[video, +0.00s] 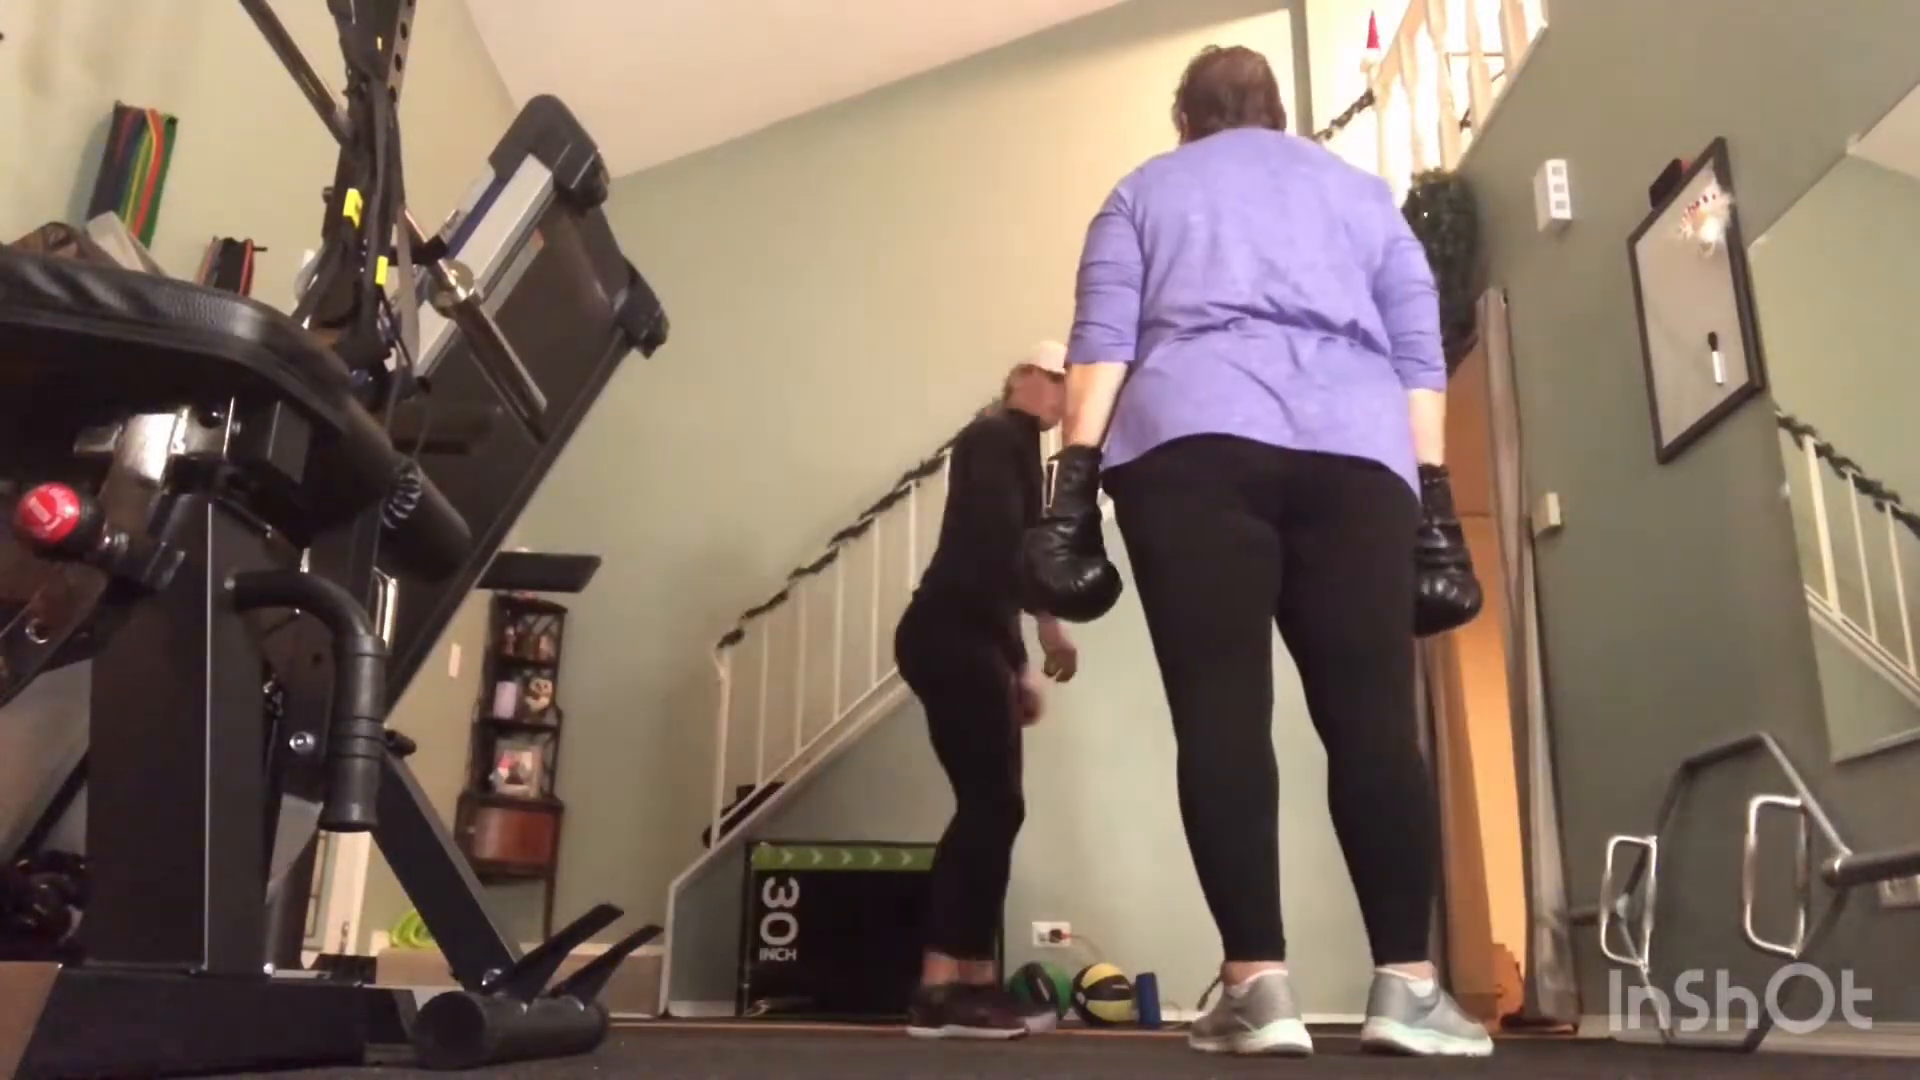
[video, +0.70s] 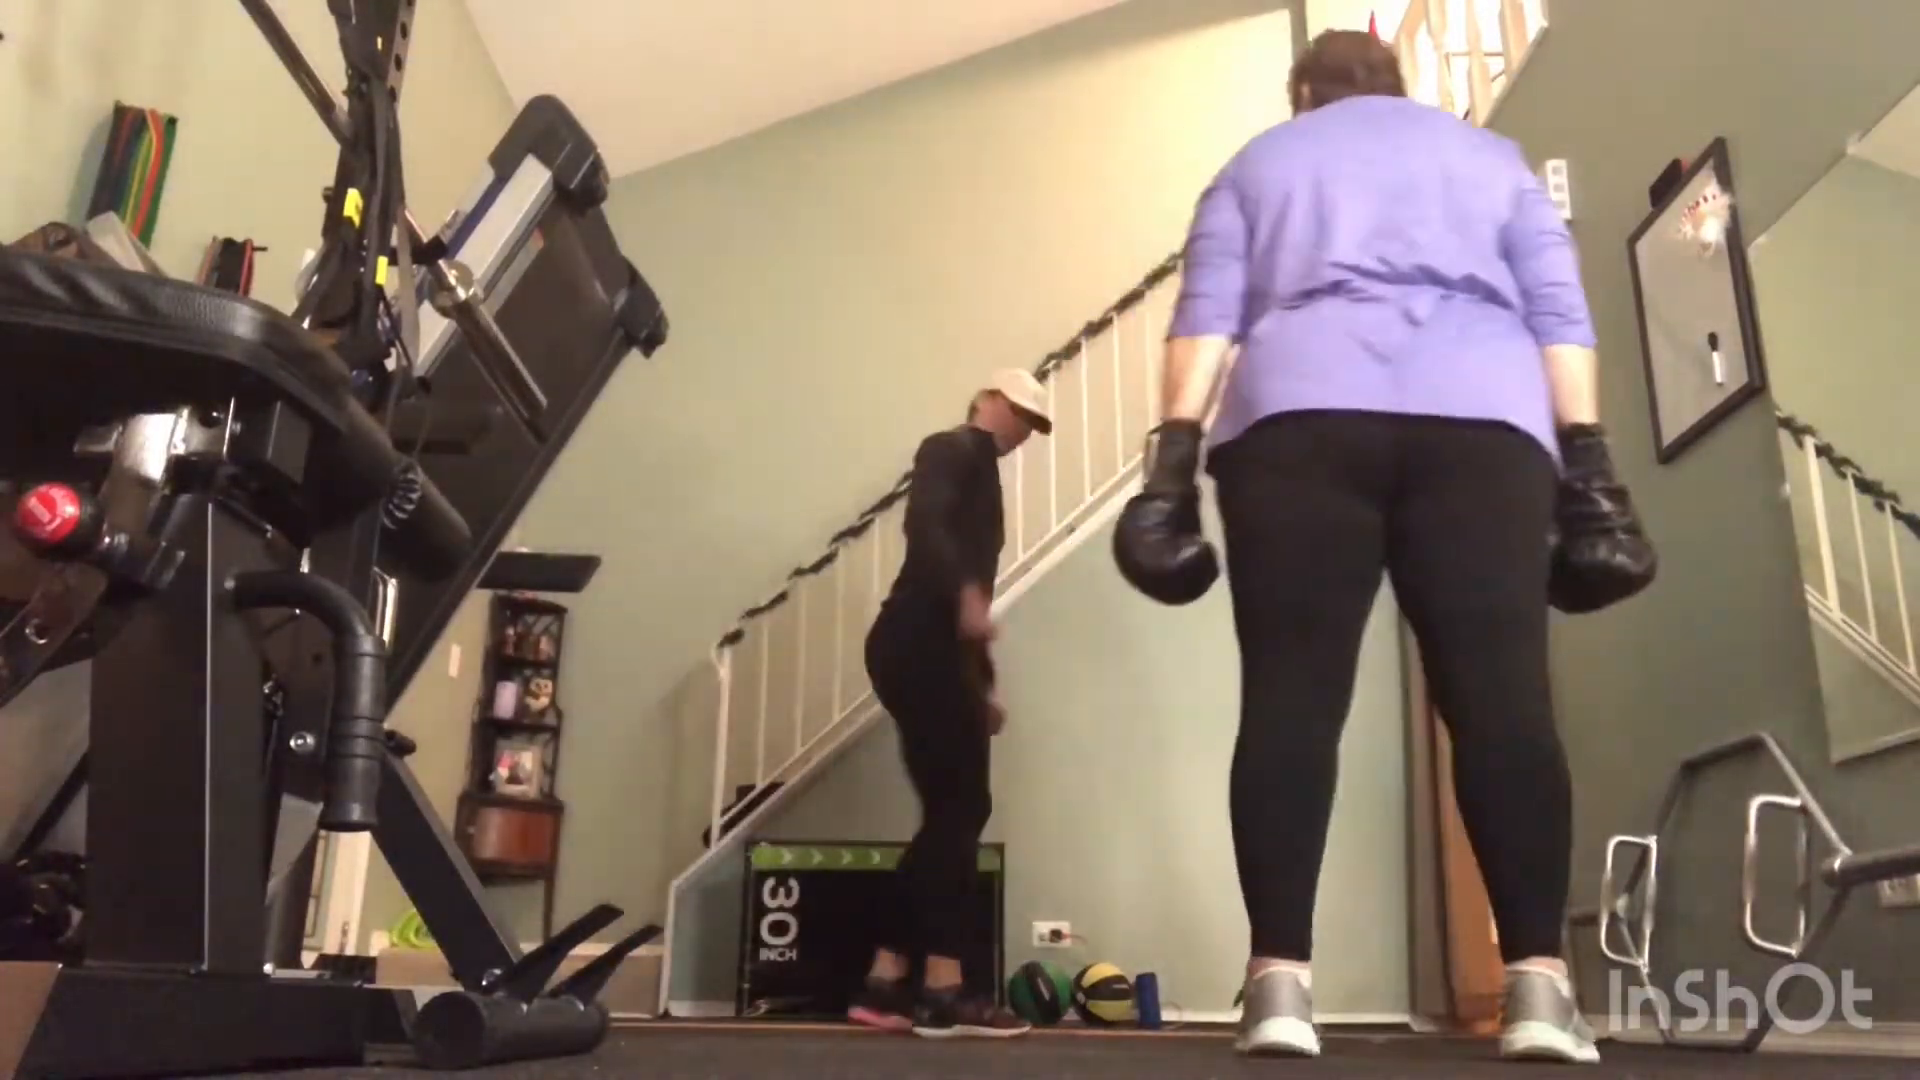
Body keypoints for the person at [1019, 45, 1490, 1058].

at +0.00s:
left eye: (1183, 115)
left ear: (1184, 123)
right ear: (1284, 115)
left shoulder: (1144, 188)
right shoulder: (1367, 193)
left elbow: (1102, 341)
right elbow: (1419, 352)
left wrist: (1067, 493)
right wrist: (1434, 510)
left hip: (1192, 445)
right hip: (1358, 457)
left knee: (1221, 720)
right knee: (1374, 722)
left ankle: (1256, 982)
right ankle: (1407, 985)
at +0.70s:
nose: (1292, 109)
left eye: (1293, 96)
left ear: (1301, 97)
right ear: (1405, 90)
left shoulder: (1256, 161)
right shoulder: (1495, 156)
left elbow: (1207, 306)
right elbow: (1558, 298)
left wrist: (1168, 467)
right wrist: (1588, 470)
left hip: (1299, 426)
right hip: (1484, 429)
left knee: (1290, 709)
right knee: (1505, 705)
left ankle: (1279, 981)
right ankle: (1537, 985)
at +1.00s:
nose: (1326, 176)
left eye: (1327, 162)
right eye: (1325, 164)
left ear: (1350, 140)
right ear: (1426, 134)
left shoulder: (1349, 173)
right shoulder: (1531, 207)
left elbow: (1325, 315)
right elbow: (1582, 365)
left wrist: (1267, 464)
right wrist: (1603, 530)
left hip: (1411, 445)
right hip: (1563, 458)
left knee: (1398, 715)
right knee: (1554, 722)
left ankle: (1417, 982)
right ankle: (1632, 981)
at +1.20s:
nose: (1384, 167)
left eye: (1390, 145)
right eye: (1381, 152)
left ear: (1436, 126)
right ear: (1435, 130)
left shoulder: (1489, 157)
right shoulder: (1455, 220)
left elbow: (1527, 275)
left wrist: (1497, 431)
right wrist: (1406, 252)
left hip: (1610, 427)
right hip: (1573, 447)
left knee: (1585, 678)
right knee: (1566, 694)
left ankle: (1693, 982)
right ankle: (1640, 980)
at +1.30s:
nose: (1398, 144)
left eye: (1402, 121)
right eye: (1393, 129)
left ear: (1450, 91)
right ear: (1450, 98)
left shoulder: (1517, 123)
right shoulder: (1470, 208)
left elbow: (1555, 253)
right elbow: (1508, 375)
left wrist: (1527, 407)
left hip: (1629, 411)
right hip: (1582, 436)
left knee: (1611, 673)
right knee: (1579, 696)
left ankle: (1696, 985)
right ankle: (1636, 979)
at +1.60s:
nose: (1465, 126)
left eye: (1469, 101)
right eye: (1461, 108)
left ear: (1509, 73)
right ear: (1534, 73)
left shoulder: (1569, 106)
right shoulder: (1536, 169)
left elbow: (1588, 240)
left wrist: (1548, 407)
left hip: (1659, 410)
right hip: (1623, 427)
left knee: (1627, 680)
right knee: (1599, 690)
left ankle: (1701, 985)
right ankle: (1640, 977)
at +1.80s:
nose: (1461, 150)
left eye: (1466, 129)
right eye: (1457, 135)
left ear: (1507, 106)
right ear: (1527, 106)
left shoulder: (1563, 141)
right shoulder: (1522, 201)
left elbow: (1588, 266)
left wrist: (1560, 425)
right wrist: (1440, 260)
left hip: (1645, 427)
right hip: (1619, 444)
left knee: (1636, 697)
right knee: (1628, 706)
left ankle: (1703, 985)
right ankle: (1682, 978)